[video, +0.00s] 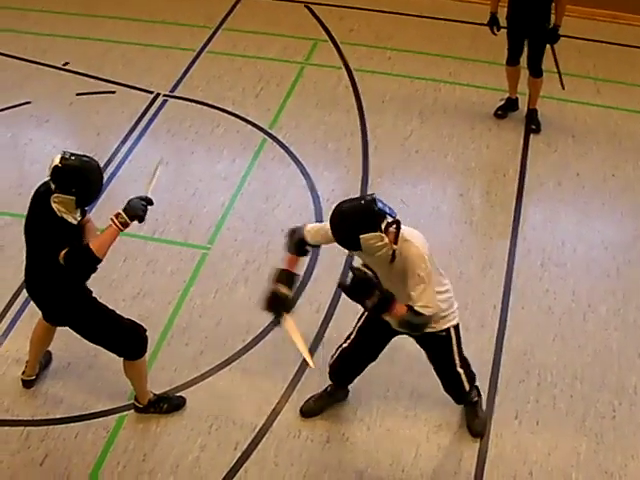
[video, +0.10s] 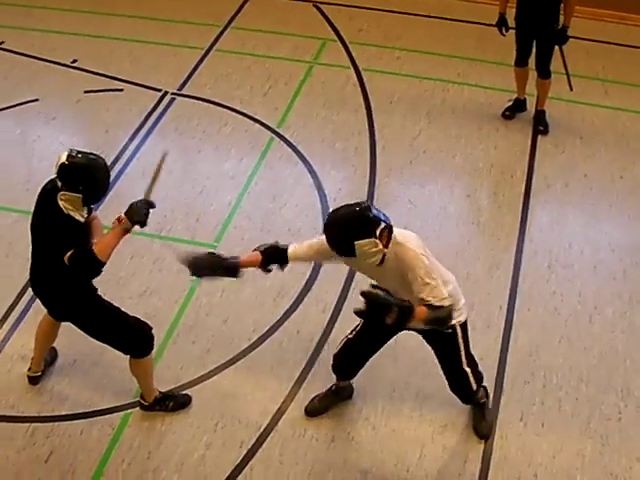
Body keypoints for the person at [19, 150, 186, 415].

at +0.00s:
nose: (90, 197)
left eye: (89, 192)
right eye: (88, 193)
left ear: (60, 180)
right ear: (76, 195)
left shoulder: (45, 193)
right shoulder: (55, 226)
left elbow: (83, 220)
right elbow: (80, 265)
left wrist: (92, 248)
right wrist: (121, 221)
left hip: (38, 282)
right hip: (61, 297)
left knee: (50, 316)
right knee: (133, 338)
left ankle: (30, 370)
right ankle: (144, 399)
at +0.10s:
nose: (96, 195)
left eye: (96, 190)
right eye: (95, 191)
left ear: (67, 178)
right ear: (83, 192)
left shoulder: (52, 190)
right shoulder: (64, 223)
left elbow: (90, 218)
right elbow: (87, 266)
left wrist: (98, 243)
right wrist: (124, 225)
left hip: (43, 280)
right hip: (67, 295)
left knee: (56, 311)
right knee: (139, 336)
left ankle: (36, 366)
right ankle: (150, 397)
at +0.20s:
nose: (94, 191)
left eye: (93, 187)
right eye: (91, 187)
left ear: (65, 177)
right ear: (79, 189)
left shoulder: (55, 191)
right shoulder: (58, 225)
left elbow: (86, 213)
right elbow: (60, 279)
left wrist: (102, 230)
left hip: (56, 284)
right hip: (75, 297)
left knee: (55, 313)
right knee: (148, 334)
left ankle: (28, 365)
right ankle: (156, 397)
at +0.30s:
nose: (89, 191)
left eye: (89, 186)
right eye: (86, 187)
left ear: (60, 182)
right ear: (71, 189)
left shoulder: (59, 196)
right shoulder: (40, 226)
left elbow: (83, 203)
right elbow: (9, 279)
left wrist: (100, 208)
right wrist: (44, 276)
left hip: (68, 292)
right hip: (83, 302)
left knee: (53, 325)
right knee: (156, 333)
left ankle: (20, 368)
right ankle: (161, 396)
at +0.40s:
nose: (92, 198)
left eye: (93, 193)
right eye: (89, 194)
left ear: (67, 183)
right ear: (74, 194)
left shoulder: (56, 195)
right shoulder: (48, 231)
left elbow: (83, 198)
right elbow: (20, 286)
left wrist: (106, 202)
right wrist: (50, 280)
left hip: (69, 293)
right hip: (87, 304)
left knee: (62, 321)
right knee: (160, 333)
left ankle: (28, 367)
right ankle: (167, 396)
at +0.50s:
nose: (106, 197)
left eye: (106, 193)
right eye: (103, 193)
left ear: (79, 182)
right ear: (88, 193)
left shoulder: (64, 194)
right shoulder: (66, 230)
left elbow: (96, 201)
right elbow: (61, 289)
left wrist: (123, 201)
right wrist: (101, 271)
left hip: (80, 290)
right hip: (93, 300)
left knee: (64, 324)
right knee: (167, 333)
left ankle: (32, 367)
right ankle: (173, 398)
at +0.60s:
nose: (132, 196)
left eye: (132, 190)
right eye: (129, 191)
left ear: (98, 180)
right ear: (113, 195)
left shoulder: (80, 191)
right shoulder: (100, 232)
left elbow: (113, 204)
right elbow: (114, 287)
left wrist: (143, 203)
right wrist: (149, 266)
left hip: (79, 289)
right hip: (104, 299)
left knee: (69, 323)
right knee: (177, 335)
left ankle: (41, 366)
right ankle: (179, 400)